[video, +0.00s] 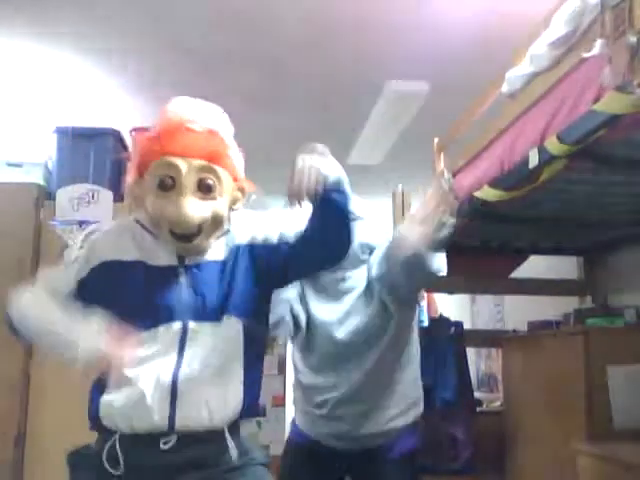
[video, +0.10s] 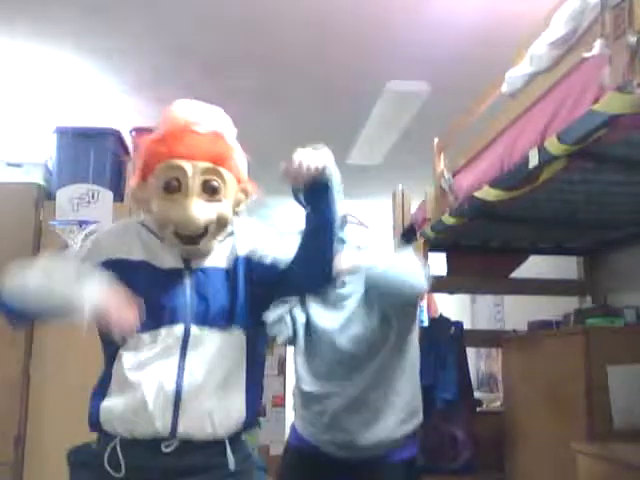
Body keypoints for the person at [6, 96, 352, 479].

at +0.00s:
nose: (185, 204)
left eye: (205, 187)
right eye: (166, 184)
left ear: (233, 197)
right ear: (139, 191)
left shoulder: (250, 259)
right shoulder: (109, 258)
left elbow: (325, 250)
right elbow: (28, 307)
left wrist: (328, 185)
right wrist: (98, 339)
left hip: (221, 456)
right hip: (127, 459)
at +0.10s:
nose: (191, 208)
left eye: (211, 189)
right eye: (172, 187)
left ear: (238, 197)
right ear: (142, 192)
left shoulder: (248, 262)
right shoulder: (113, 251)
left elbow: (312, 274)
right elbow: (16, 291)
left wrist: (318, 194)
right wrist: (91, 291)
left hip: (220, 459)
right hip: (128, 457)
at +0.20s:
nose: (193, 207)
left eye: (214, 189)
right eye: (175, 186)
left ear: (241, 200)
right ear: (148, 192)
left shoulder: (242, 268)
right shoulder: (114, 254)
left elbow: (294, 303)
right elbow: (12, 274)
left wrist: (308, 214)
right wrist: (86, 267)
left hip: (224, 460)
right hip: (133, 459)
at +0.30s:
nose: (193, 214)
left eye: (215, 194)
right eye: (176, 191)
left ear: (241, 208)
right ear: (148, 199)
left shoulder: (232, 280)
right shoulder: (111, 266)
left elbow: (260, 352)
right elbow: (15, 244)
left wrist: (267, 270)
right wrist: (79, 201)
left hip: (224, 464)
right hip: (132, 464)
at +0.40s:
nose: (188, 219)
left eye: (210, 198)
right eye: (171, 194)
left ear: (237, 212)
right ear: (142, 201)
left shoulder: (232, 276)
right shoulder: (108, 266)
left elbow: (267, 363)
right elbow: (16, 245)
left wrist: (239, 293)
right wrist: (76, 174)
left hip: (220, 466)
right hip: (125, 466)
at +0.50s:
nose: (181, 218)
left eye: (203, 199)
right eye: (164, 195)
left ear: (229, 211)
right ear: (134, 201)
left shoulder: (226, 280)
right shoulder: (103, 269)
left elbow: (266, 362)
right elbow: (19, 261)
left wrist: (234, 285)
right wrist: (80, 174)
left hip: (211, 465)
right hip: (117, 466)